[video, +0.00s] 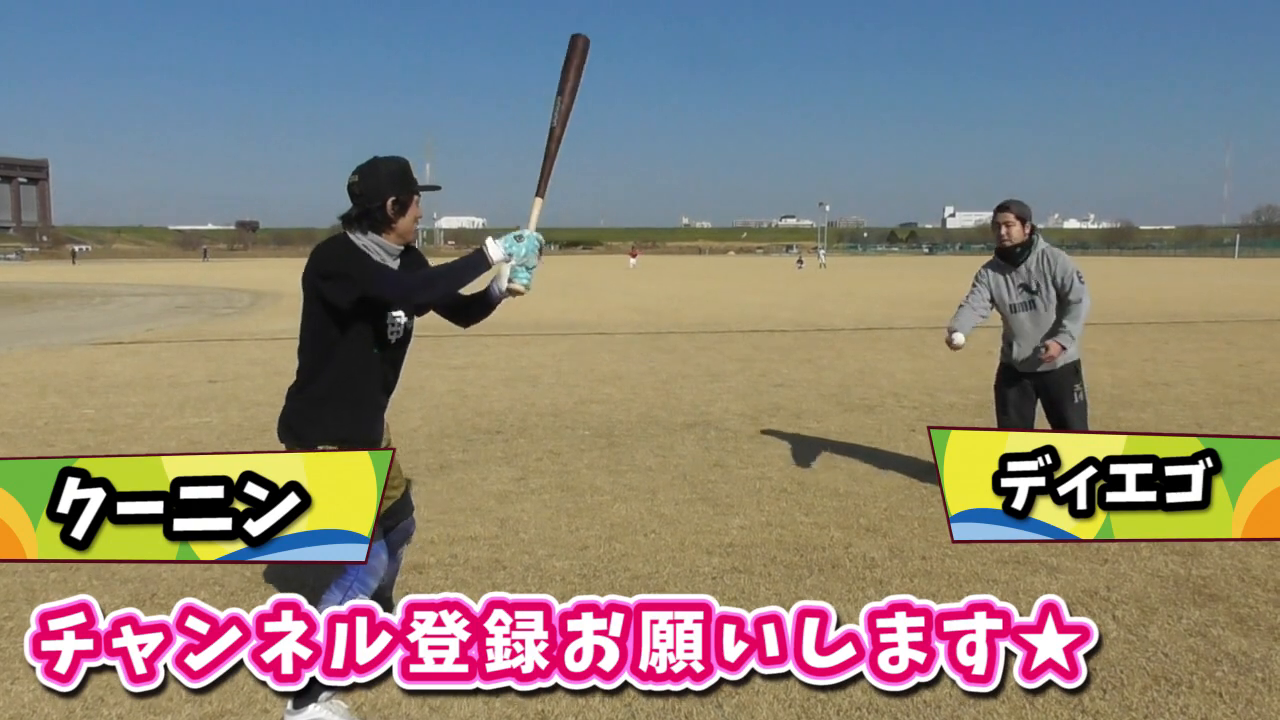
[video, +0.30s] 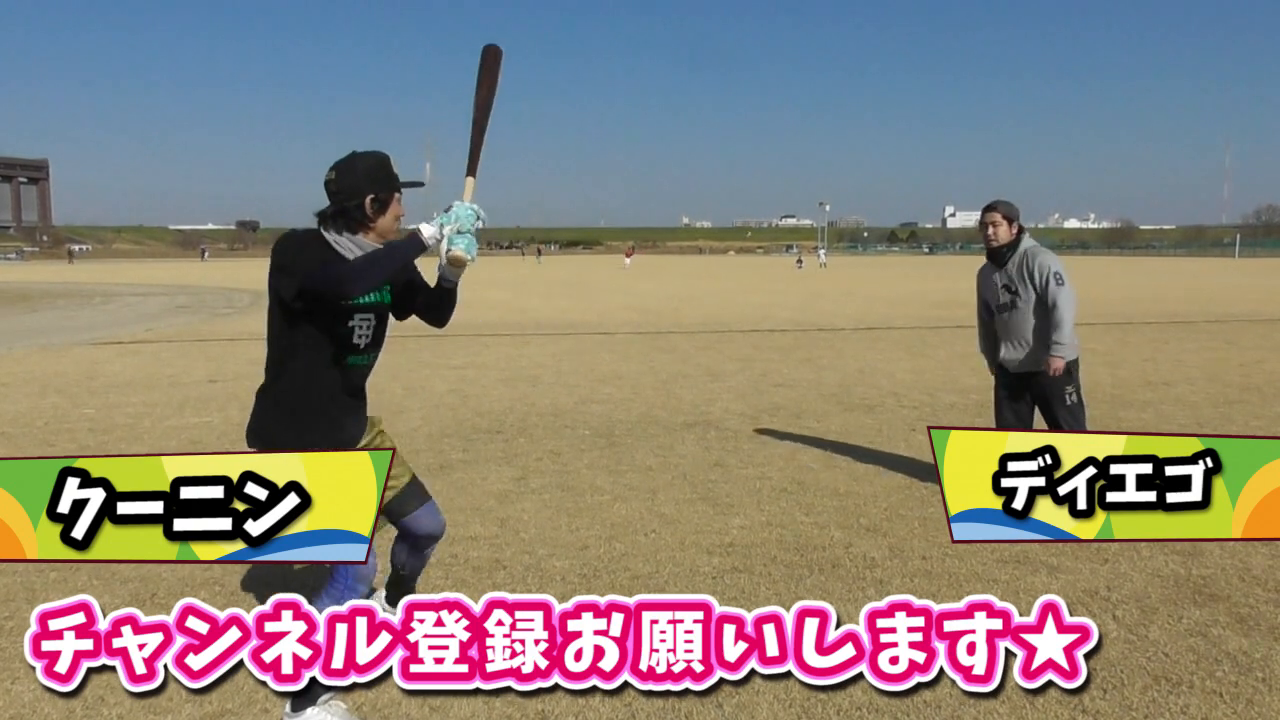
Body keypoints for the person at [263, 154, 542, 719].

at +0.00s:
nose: (422, 213)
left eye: (420, 203)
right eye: (417, 203)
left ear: (386, 208)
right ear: (393, 207)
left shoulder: (402, 261)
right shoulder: (336, 255)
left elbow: (464, 311)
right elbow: (402, 291)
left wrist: (504, 282)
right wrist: (491, 253)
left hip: (365, 431)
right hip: (322, 435)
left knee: (399, 525)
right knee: (369, 561)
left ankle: (365, 628)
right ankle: (309, 690)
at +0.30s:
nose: (403, 210)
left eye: (403, 201)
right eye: (398, 201)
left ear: (361, 205)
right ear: (373, 204)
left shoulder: (389, 258)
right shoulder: (298, 248)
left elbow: (437, 313)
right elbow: (344, 282)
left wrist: (451, 269)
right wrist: (424, 235)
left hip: (352, 431)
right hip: (297, 441)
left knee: (425, 525)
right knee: (353, 568)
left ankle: (394, 605)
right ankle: (307, 697)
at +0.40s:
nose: (398, 209)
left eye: (398, 201)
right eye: (394, 201)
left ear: (353, 203)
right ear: (371, 203)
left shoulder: (379, 255)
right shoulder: (287, 246)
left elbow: (426, 313)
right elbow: (323, 288)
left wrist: (425, 263)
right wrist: (396, 242)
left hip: (351, 421)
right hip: (293, 433)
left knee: (432, 517)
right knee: (346, 568)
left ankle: (408, 614)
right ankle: (306, 697)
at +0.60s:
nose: (389, 207)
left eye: (389, 201)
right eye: (384, 200)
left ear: (350, 201)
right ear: (362, 203)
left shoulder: (381, 252)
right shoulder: (278, 246)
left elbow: (410, 319)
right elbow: (271, 297)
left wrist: (385, 270)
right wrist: (352, 249)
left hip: (357, 413)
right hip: (293, 424)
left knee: (416, 488)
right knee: (345, 563)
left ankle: (433, 622)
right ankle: (307, 695)